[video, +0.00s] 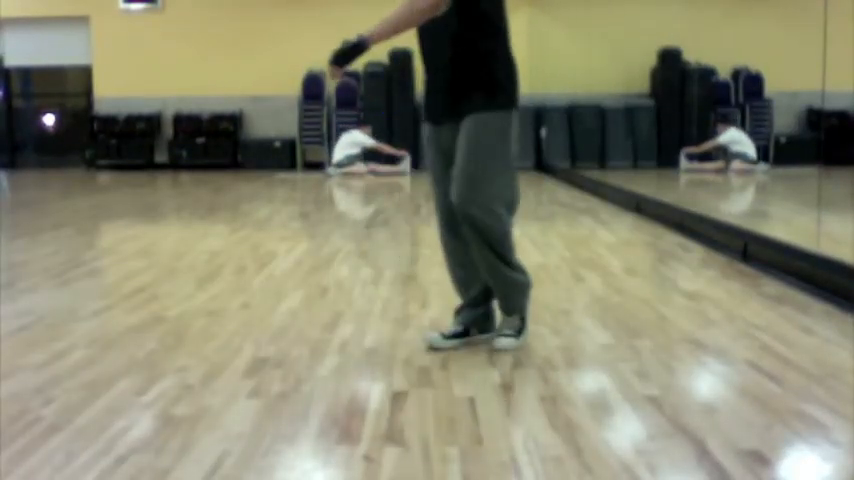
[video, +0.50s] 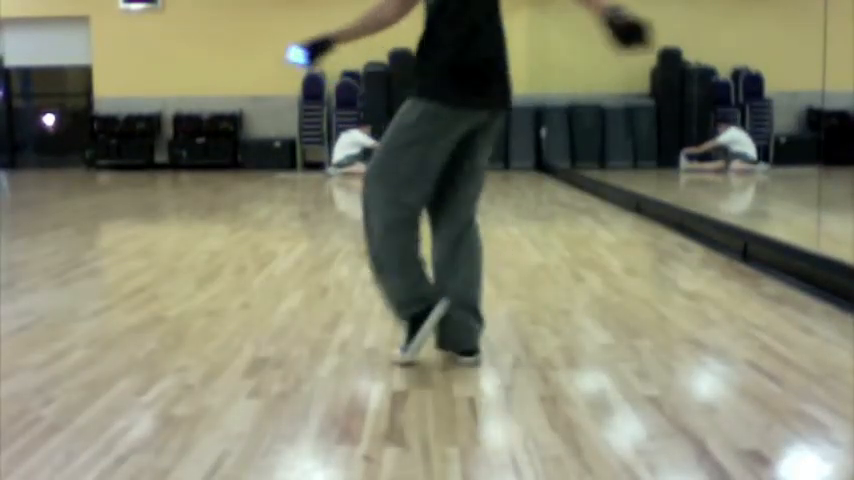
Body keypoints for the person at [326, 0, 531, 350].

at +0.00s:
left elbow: (429, 5)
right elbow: (420, 11)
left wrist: (362, 42)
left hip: (488, 93)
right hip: (442, 97)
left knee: (472, 201)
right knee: (450, 209)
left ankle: (514, 297)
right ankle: (477, 311)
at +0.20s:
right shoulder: (432, 7)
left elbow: (454, 9)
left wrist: (399, 49)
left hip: (475, 98)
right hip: (444, 100)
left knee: (435, 193)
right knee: (435, 197)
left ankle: (493, 285)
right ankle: (475, 306)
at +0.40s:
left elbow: (407, 8)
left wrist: (357, 48)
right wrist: (563, 25)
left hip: (451, 77)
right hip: (488, 79)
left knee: (386, 165)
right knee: (453, 192)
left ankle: (421, 291)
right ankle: (464, 325)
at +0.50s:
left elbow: (395, 9)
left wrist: (329, 40)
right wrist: (607, 13)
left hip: (446, 85)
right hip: (489, 87)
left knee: (387, 189)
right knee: (456, 211)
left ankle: (417, 307)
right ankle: (462, 334)